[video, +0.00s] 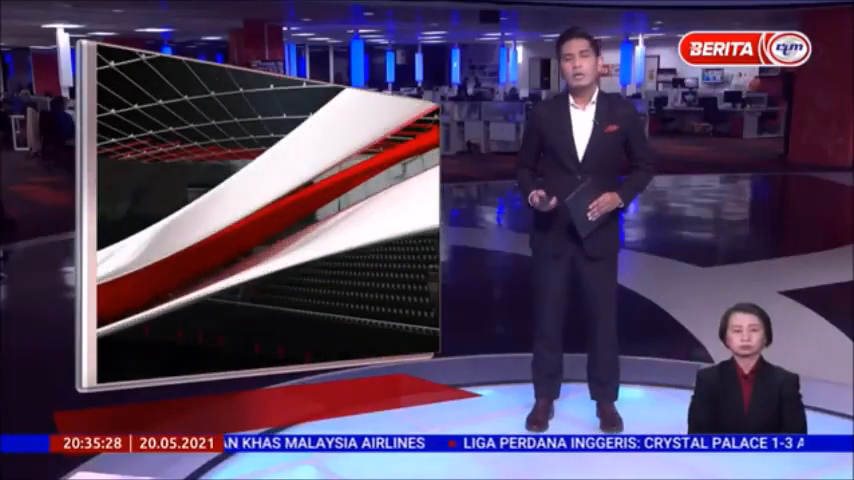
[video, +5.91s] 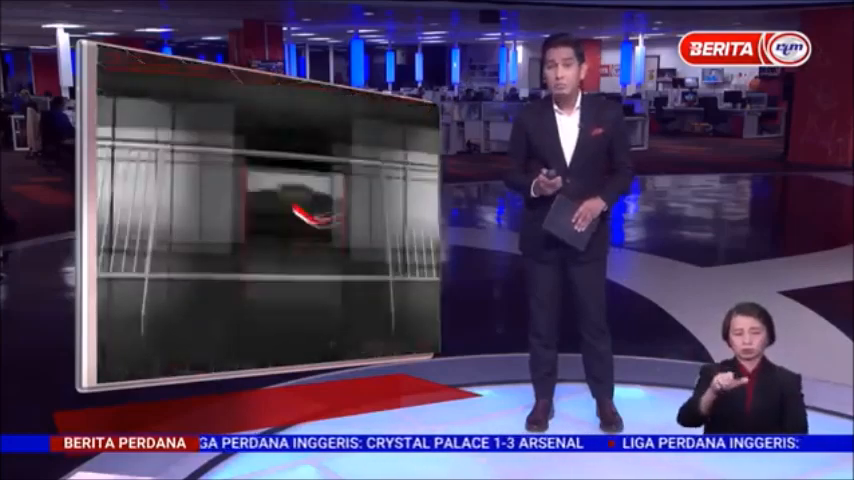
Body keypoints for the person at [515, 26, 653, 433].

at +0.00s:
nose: (576, 64)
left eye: (584, 56)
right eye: (568, 58)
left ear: (599, 63)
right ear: (560, 67)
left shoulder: (621, 111)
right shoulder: (542, 112)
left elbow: (644, 166)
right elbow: (524, 166)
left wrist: (620, 196)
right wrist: (533, 192)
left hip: (599, 229)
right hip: (551, 229)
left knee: (602, 316)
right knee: (548, 315)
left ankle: (606, 400)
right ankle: (544, 397)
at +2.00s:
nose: (558, 73)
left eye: (566, 64)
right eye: (551, 67)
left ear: (583, 66)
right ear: (545, 74)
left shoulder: (610, 111)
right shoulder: (532, 114)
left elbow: (628, 171)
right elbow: (515, 174)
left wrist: (604, 196)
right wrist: (538, 180)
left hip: (590, 231)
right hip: (542, 233)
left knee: (594, 319)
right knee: (542, 319)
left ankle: (605, 400)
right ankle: (542, 398)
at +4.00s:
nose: (563, 71)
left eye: (570, 63)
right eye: (555, 64)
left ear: (585, 68)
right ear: (546, 72)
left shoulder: (608, 112)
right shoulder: (530, 115)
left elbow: (627, 171)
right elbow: (513, 172)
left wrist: (600, 201)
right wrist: (536, 186)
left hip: (590, 231)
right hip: (542, 231)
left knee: (593, 321)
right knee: (543, 321)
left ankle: (605, 400)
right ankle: (542, 400)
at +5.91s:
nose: (558, 72)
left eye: (566, 64)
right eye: (551, 65)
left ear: (582, 69)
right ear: (543, 72)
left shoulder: (606, 111)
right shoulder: (529, 116)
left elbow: (624, 170)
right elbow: (513, 172)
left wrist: (600, 200)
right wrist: (533, 185)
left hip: (589, 230)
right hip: (541, 232)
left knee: (593, 321)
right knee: (543, 322)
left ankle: (605, 401)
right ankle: (542, 401)